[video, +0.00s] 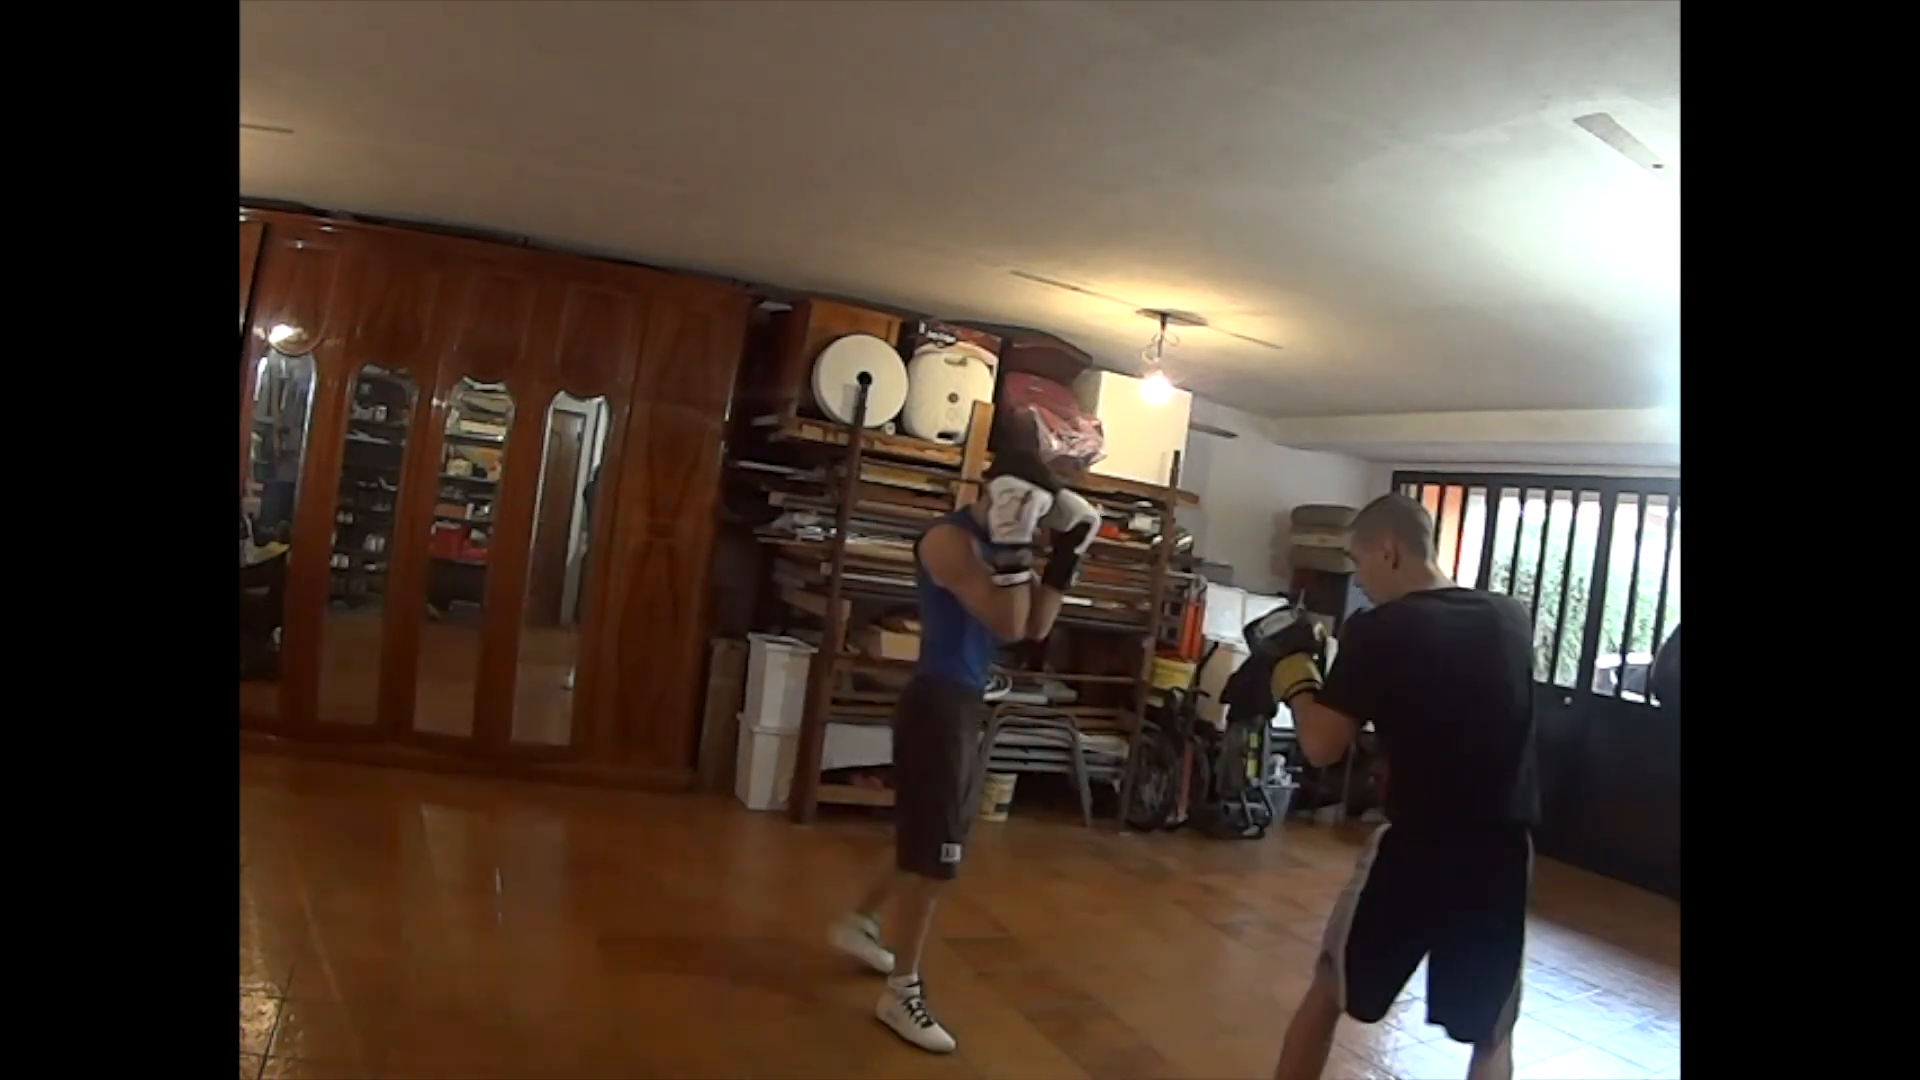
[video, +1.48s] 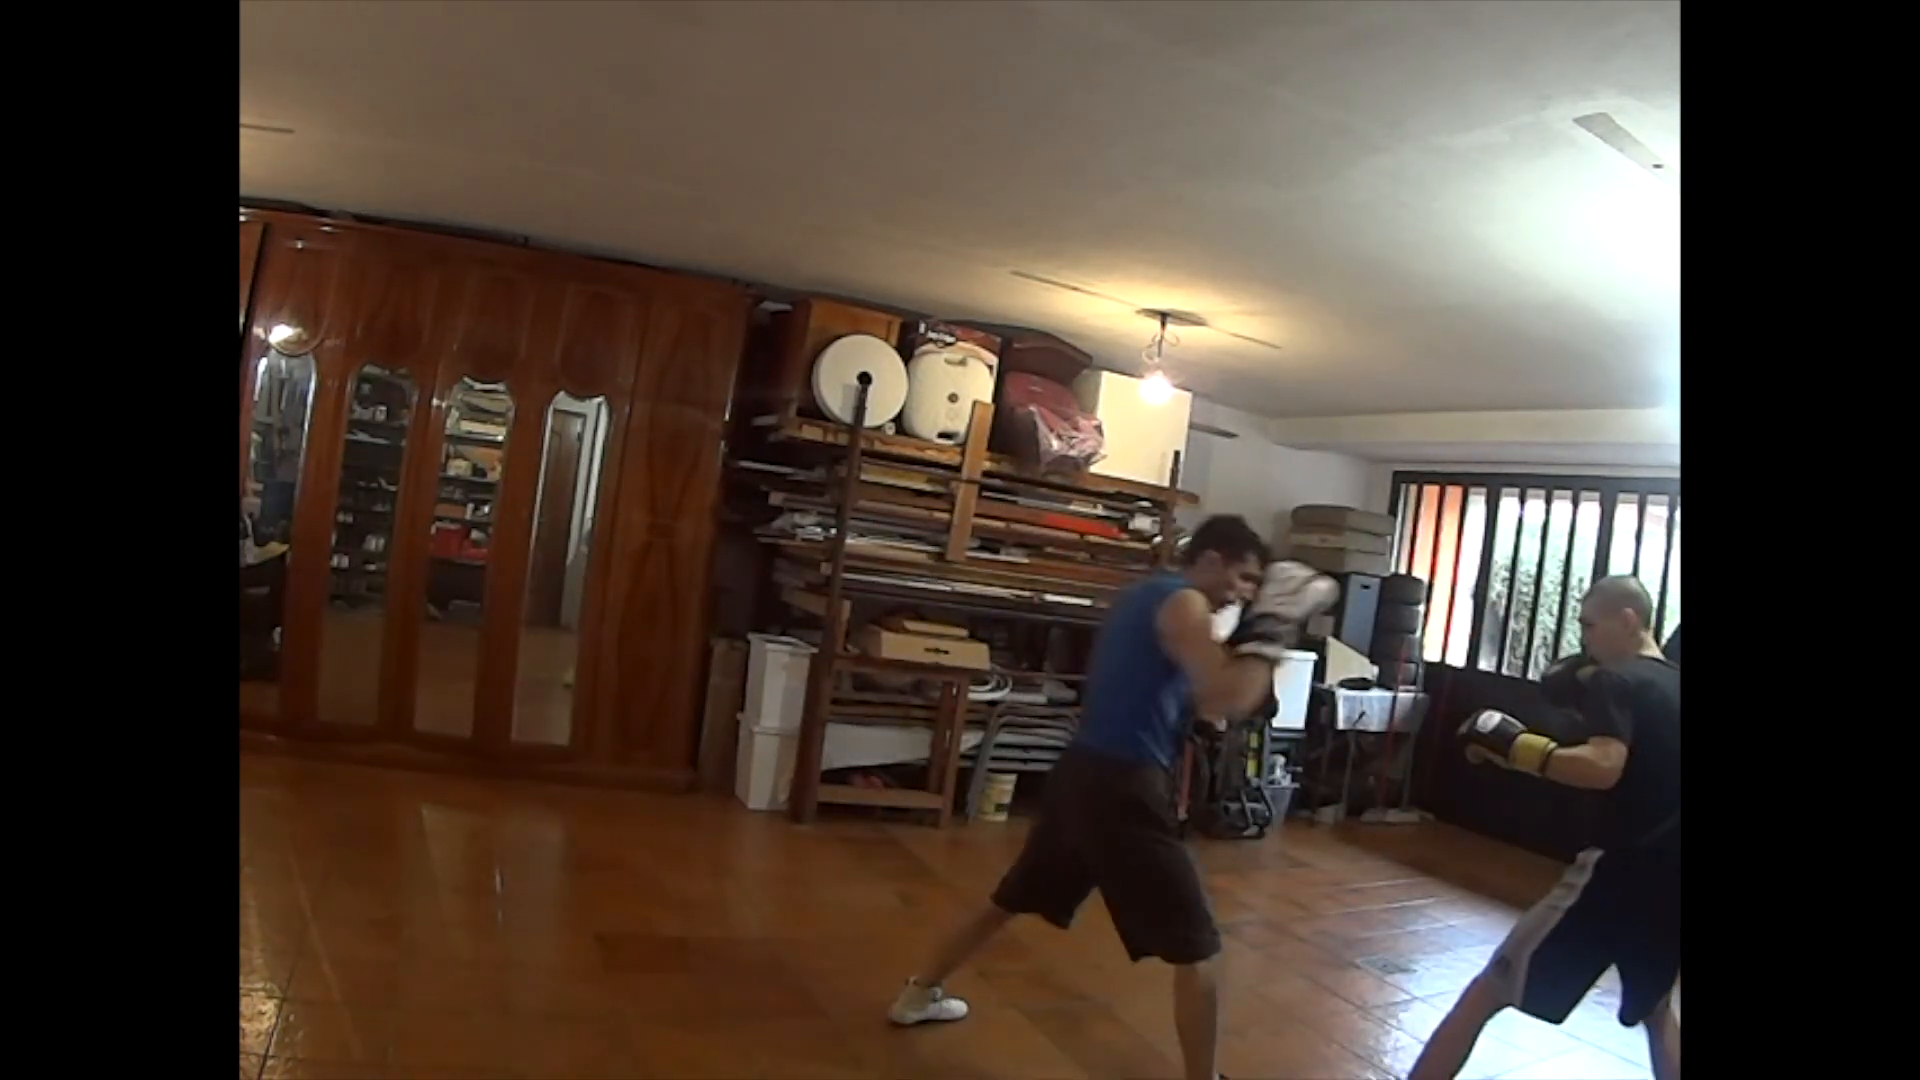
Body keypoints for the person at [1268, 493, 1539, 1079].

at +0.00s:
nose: (1360, 579)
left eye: (1360, 564)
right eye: (1356, 567)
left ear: (1390, 550)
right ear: (1426, 549)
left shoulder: (1379, 630)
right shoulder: (1511, 617)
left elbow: (1322, 745)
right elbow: (1481, 719)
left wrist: (1290, 668)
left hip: (1414, 848)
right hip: (1502, 851)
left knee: (1328, 992)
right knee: (1494, 1035)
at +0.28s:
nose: (1407, 586)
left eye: (1410, 571)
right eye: (1405, 572)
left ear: (1441, 563)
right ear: (1469, 560)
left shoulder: (1427, 636)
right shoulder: (1543, 629)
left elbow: (1389, 742)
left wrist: (1337, 691)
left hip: (1449, 848)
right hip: (1533, 850)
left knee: (1348, 993)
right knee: (1551, 1023)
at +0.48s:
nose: (1479, 604)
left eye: (1483, 588)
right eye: (1478, 590)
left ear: (1519, 583)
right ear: (1536, 585)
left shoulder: (1507, 656)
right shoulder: (1604, 655)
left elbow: (1475, 756)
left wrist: (1411, 720)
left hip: (1508, 861)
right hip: (1580, 864)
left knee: (1380, 977)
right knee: (1578, 1010)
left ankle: (1321, 1074)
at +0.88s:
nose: (1510, 621)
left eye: (1514, 607)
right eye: (1509, 608)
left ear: (1551, 600)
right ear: (1571, 601)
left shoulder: (1545, 668)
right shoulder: (1635, 668)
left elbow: (1501, 764)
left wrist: (1442, 714)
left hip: (1552, 862)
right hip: (1622, 864)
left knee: (1429, 978)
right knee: (1626, 1007)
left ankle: (1382, 1077)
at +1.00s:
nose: (1553, 625)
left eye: (1559, 610)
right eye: (1552, 611)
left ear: (1598, 603)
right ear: (1606, 605)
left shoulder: (1593, 670)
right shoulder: (1669, 671)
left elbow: (1566, 767)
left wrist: (1492, 738)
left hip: (1592, 863)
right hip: (1655, 867)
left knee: (1462, 988)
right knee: (1641, 1014)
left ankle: (1396, 1076)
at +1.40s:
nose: (1585, 634)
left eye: (1590, 619)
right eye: (1583, 621)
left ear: (1629, 612)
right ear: (1638, 615)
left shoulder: (1619, 675)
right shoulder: (1672, 673)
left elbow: (1608, 763)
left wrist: (1516, 746)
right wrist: (1590, 681)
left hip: (1616, 866)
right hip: (1668, 872)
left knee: (1488, 998)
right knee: (1652, 1014)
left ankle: (1418, 1077)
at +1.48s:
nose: (1585, 639)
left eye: (1590, 625)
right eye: (1582, 626)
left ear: (1628, 619)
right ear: (1640, 622)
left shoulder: (1617, 680)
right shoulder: (1672, 680)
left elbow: (1604, 766)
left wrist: (1514, 745)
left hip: (1618, 868)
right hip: (1669, 873)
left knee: (1487, 993)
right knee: (1662, 1011)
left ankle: (1417, 1077)